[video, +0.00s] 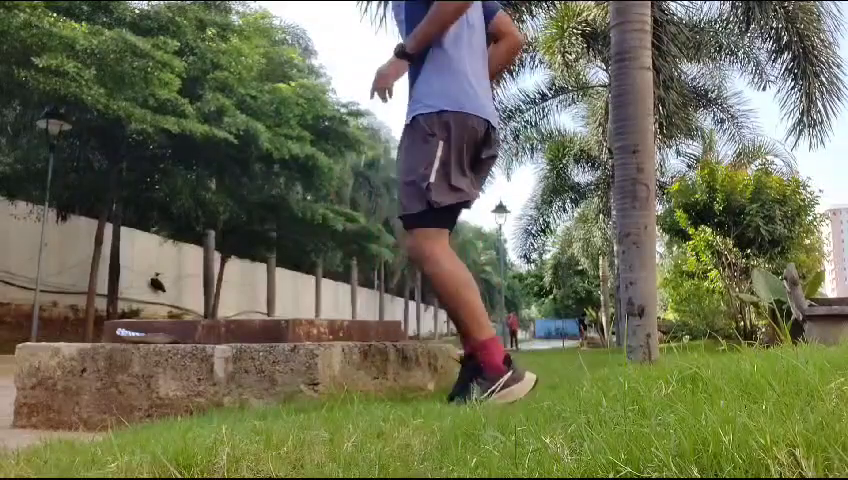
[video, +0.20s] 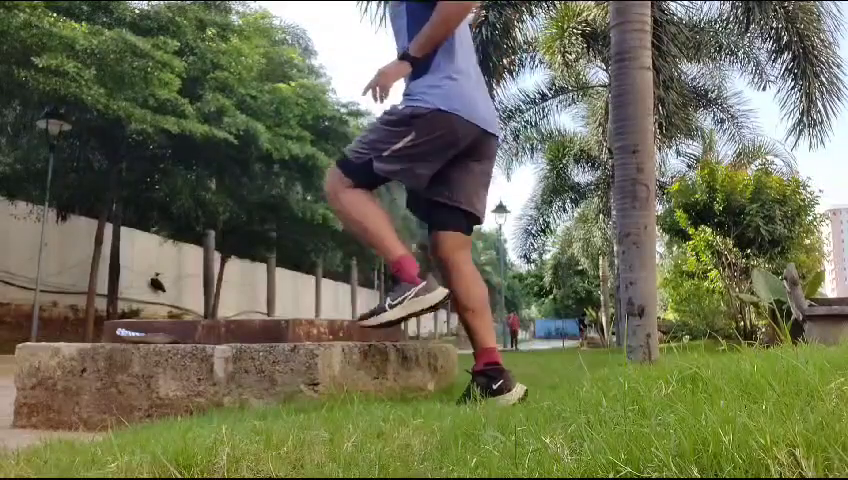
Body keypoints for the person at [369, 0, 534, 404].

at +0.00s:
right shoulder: (476, 5)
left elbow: (457, 3)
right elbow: (511, 38)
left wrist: (403, 55)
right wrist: (469, 89)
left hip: (442, 107)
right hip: (475, 113)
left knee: (426, 242)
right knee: (431, 243)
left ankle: (496, 368)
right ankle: (478, 364)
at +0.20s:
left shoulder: (416, 5)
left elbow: (465, 3)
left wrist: (407, 59)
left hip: (440, 103)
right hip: (483, 119)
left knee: (342, 184)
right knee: (452, 248)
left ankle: (409, 277)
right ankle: (490, 371)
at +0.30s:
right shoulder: (453, 11)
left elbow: (427, 2)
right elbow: (461, 33)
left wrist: (390, 35)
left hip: (425, 77)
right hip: (473, 94)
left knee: (347, 187)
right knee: (436, 221)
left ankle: (390, 303)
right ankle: (482, 338)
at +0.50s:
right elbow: (478, 5)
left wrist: (366, 7)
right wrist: (442, 37)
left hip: (423, 50)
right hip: (467, 59)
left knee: (385, 174)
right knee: (412, 183)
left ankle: (394, 306)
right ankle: (430, 305)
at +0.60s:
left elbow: (365, 6)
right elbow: (487, 3)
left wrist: (350, 14)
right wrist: (451, 42)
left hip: (425, 55)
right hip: (463, 66)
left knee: (383, 178)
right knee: (416, 189)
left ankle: (436, 299)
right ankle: (416, 305)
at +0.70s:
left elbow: (354, 9)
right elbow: (493, 2)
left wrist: (361, 2)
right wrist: (452, 31)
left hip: (435, 55)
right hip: (466, 62)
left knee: (405, 187)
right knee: (407, 187)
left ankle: (462, 315)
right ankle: (419, 304)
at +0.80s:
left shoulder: (414, 2)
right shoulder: (467, 8)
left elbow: (387, 6)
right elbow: (515, 4)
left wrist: (375, 10)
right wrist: (470, 44)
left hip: (444, 90)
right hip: (480, 98)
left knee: (441, 236)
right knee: (382, 190)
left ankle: (477, 362)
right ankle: (436, 287)